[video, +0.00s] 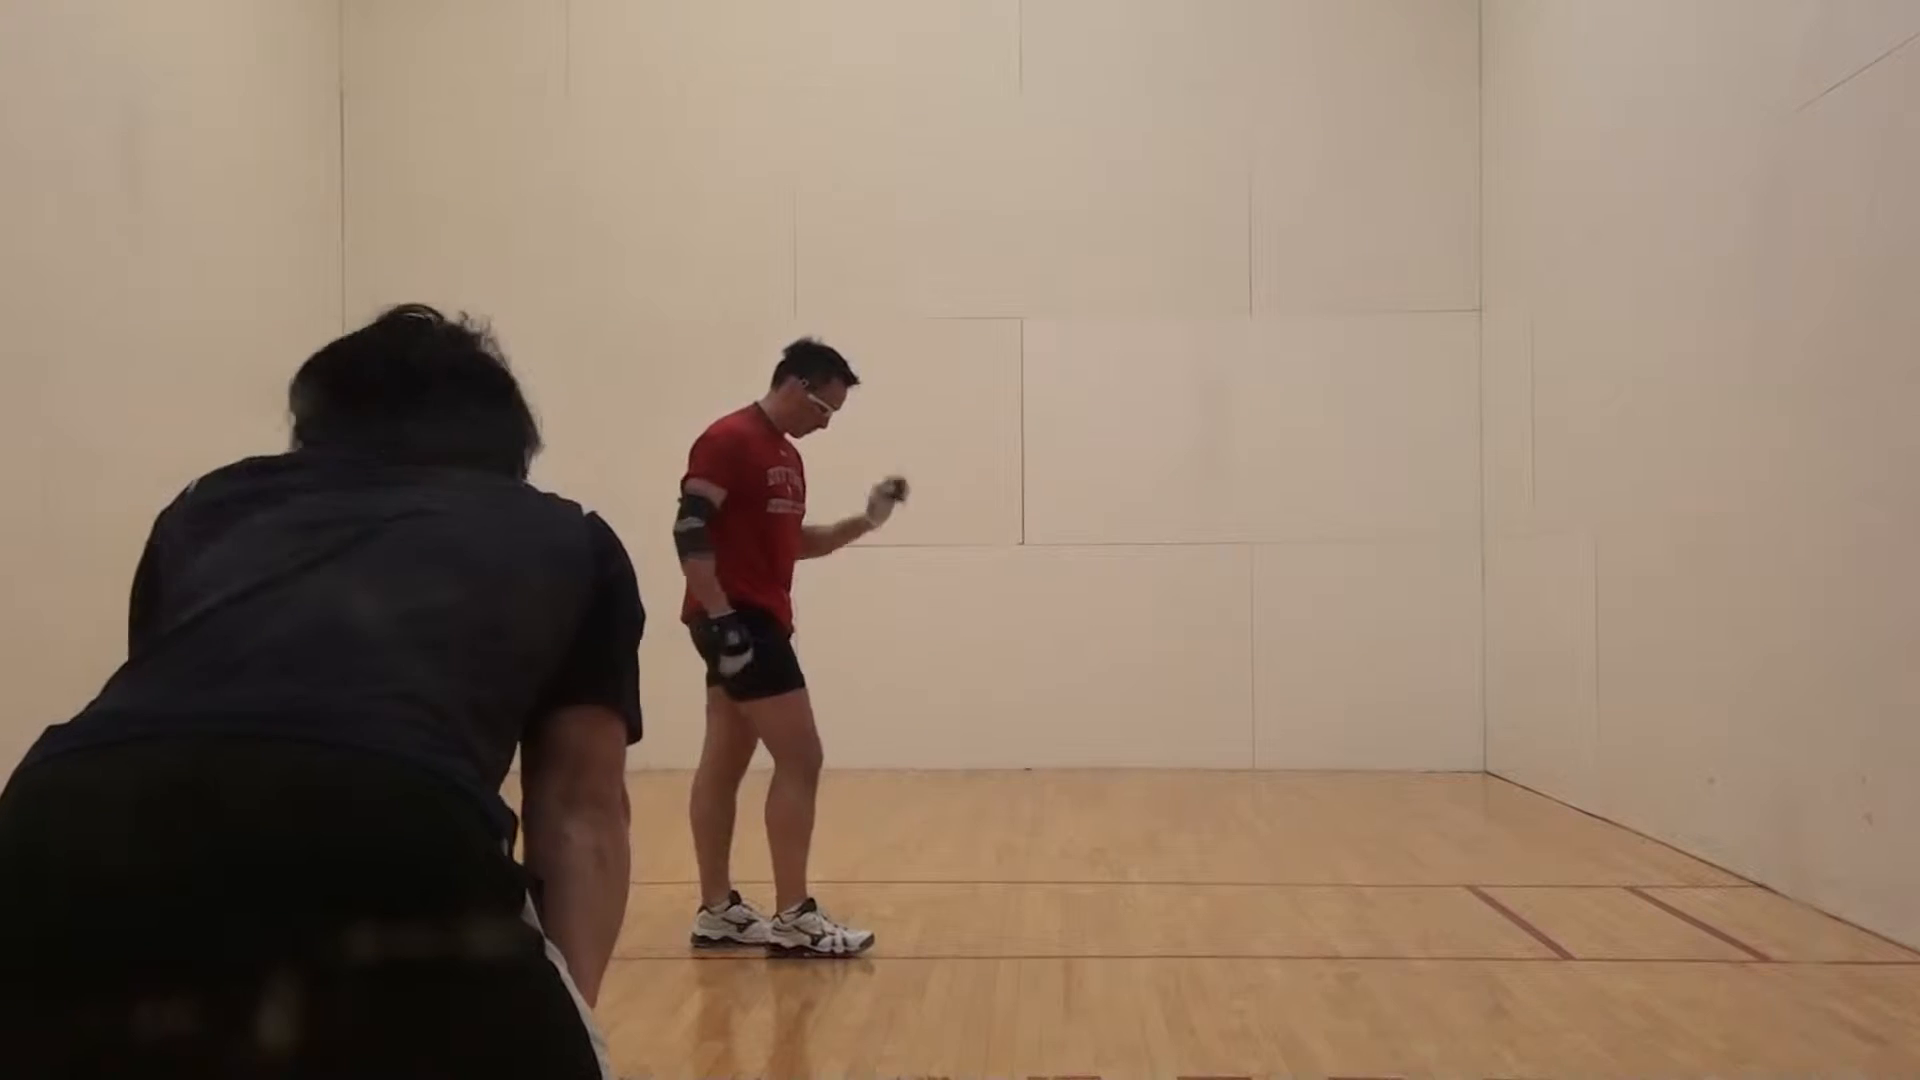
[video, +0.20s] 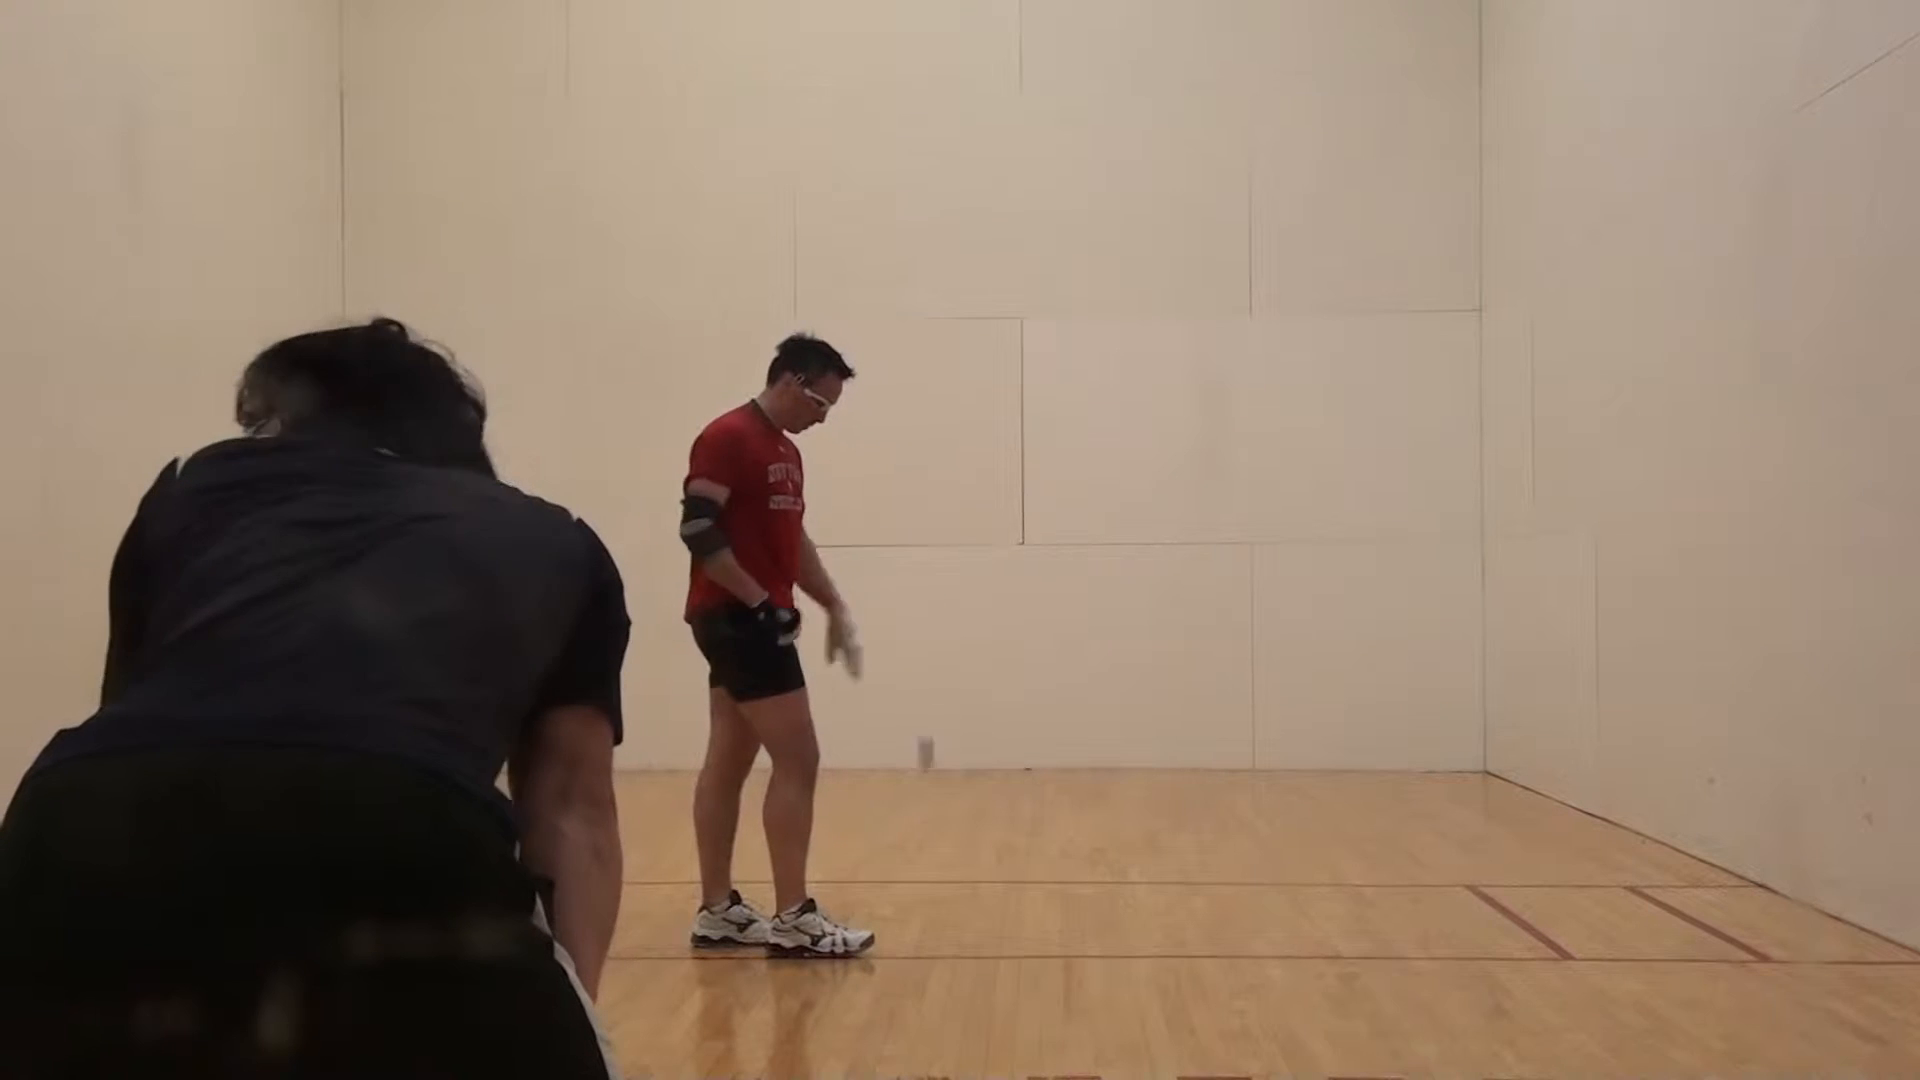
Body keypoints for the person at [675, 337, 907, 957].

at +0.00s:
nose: (826, 420)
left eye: (832, 411)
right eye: (824, 405)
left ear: (805, 395)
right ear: (791, 385)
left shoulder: (785, 452)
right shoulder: (729, 439)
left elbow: (788, 543)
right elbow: (690, 533)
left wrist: (863, 522)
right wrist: (723, 620)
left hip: (750, 622)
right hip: (741, 624)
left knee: (723, 762)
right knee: (800, 758)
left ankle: (717, 909)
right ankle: (793, 914)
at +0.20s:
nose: (824, 414)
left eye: (829, 404)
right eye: (821, 401)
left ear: (799, 390)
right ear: (787, 382)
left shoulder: (784, 449)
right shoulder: (728, 436)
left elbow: (791, 538)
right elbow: (697, 531)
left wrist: (835, 606)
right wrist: (762, 601)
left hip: (758, 618)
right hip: (740, 621)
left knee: (726, 763)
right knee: (796, 759)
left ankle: (717, 908)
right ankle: (793, 914)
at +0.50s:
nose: (828, 417)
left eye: (834, 407)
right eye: (828, 403)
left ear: (802, 389)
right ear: (794, 384)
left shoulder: (771, 440)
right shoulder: (744, 440)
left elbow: (761, 539)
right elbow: (742, 538)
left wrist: (810, 564)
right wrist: (823, 560)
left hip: (744, 618)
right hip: (745, 621)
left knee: (727, 761)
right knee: (797, 761)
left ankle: (718, 908)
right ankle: (794, 915)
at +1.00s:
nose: (829, 418)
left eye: (835, 408)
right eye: (829, 404)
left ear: (799, 388)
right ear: (799, 386)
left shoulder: (755, 437)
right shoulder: (754, 445)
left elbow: (756, 551)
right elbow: (761, 554)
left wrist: (791, 622)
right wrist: (809, 628)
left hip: (735, 618)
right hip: (752, 621)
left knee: (726, 761)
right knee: (802, 760)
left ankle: (718, 908)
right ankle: (795, 913)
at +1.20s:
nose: (829, 418)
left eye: (835, 407)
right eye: (829, 404)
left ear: (802, 389)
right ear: (796, 384)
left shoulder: (770, 441)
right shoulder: (742, 443)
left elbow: (766, 536)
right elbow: (717, 550)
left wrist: (814, 565)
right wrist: (729, 638)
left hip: (748, 625)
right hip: (759, 632)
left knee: (726, 767)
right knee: (805, 760)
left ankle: (719, 908)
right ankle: (795, 913)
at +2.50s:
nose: (893, 436)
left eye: (899, 426)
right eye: (892, 422)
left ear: (865, 405)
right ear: (860, 401)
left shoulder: (836, 451)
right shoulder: (799, 454)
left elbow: (809, 555)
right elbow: (759, 558)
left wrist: (825, 628)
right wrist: (814, 638)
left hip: (777, 617)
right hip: (757, 618)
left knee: (788, 759)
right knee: (811, 760)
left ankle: (729, 900)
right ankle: (797, 914)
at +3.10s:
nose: (931, 494)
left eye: (939, 486)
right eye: (930, 480)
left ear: (903, 457)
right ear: (904, 457)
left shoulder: (856, 466)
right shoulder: (847, 506)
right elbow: (818, 626)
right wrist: (826, 729)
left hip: (746, 614)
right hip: (753, 623)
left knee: (796, 753)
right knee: (811, 757)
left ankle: (736, 894)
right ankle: (798, 914)